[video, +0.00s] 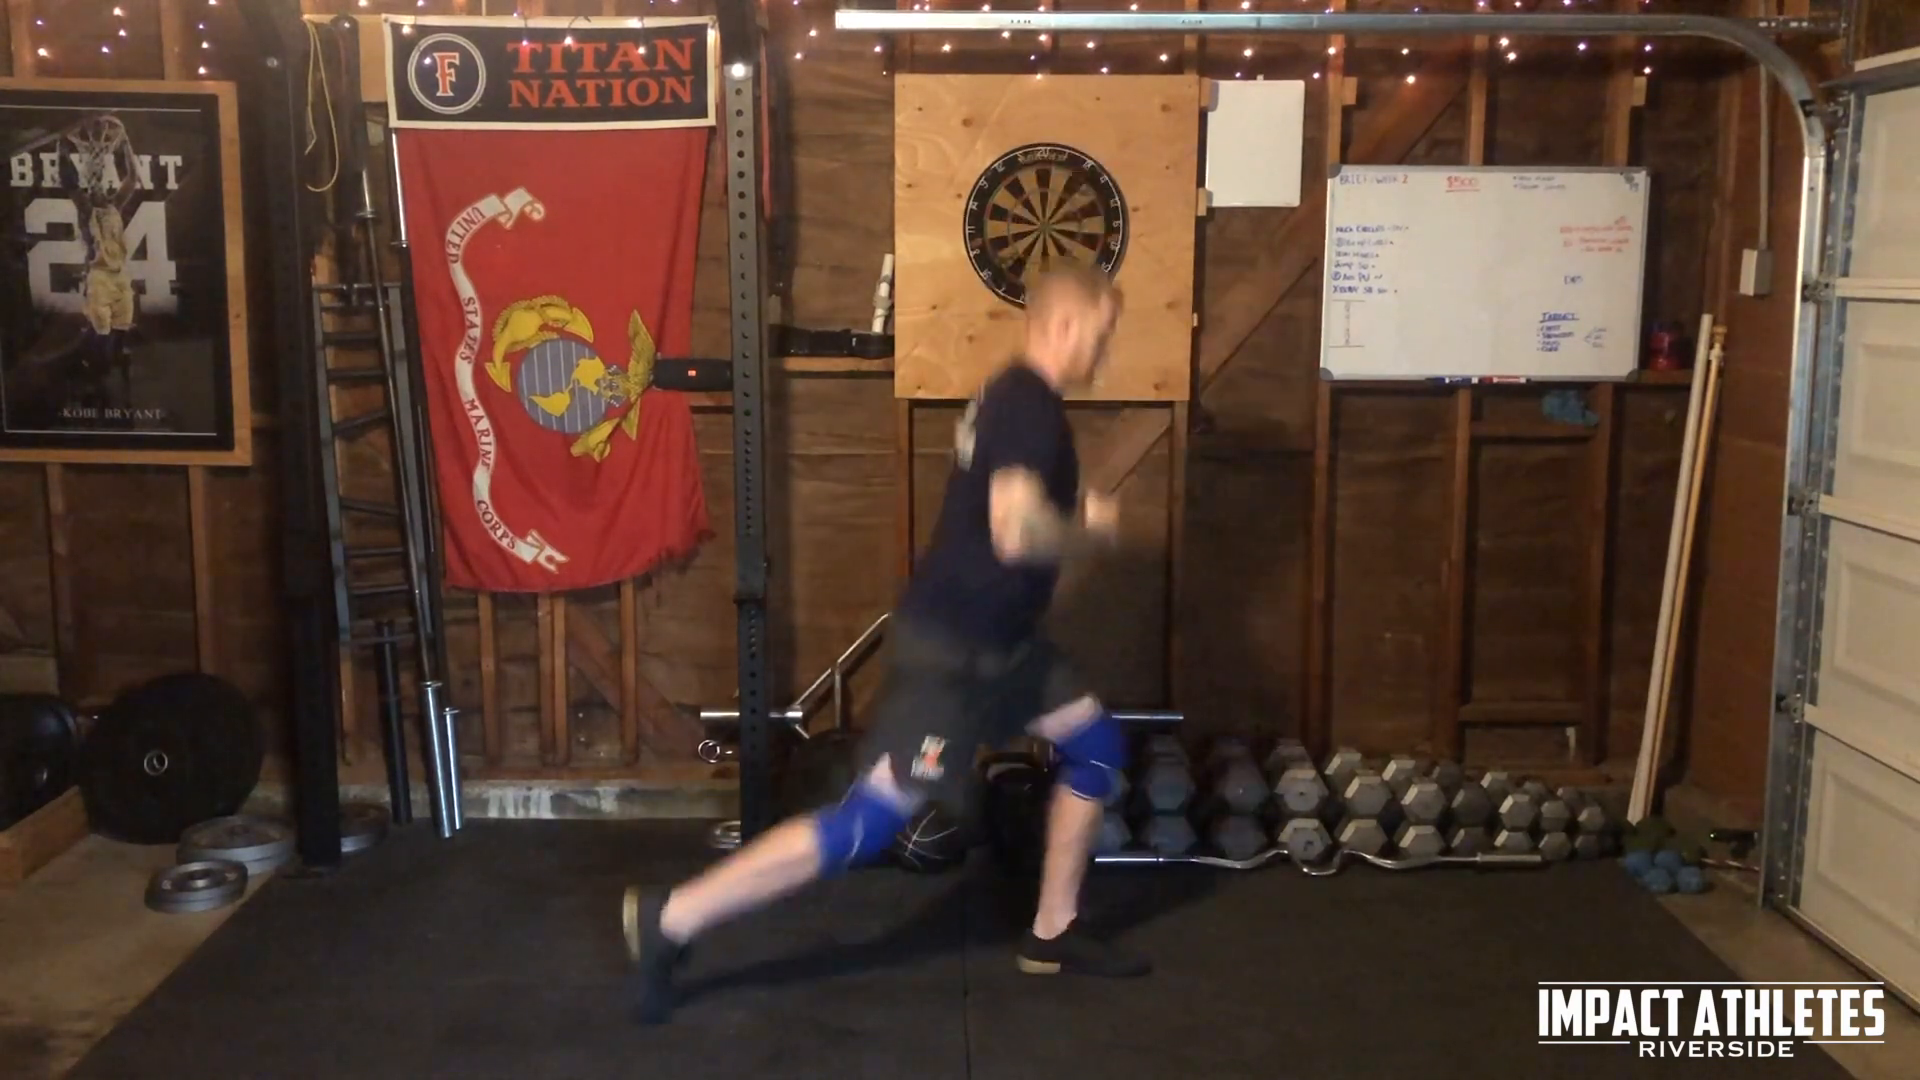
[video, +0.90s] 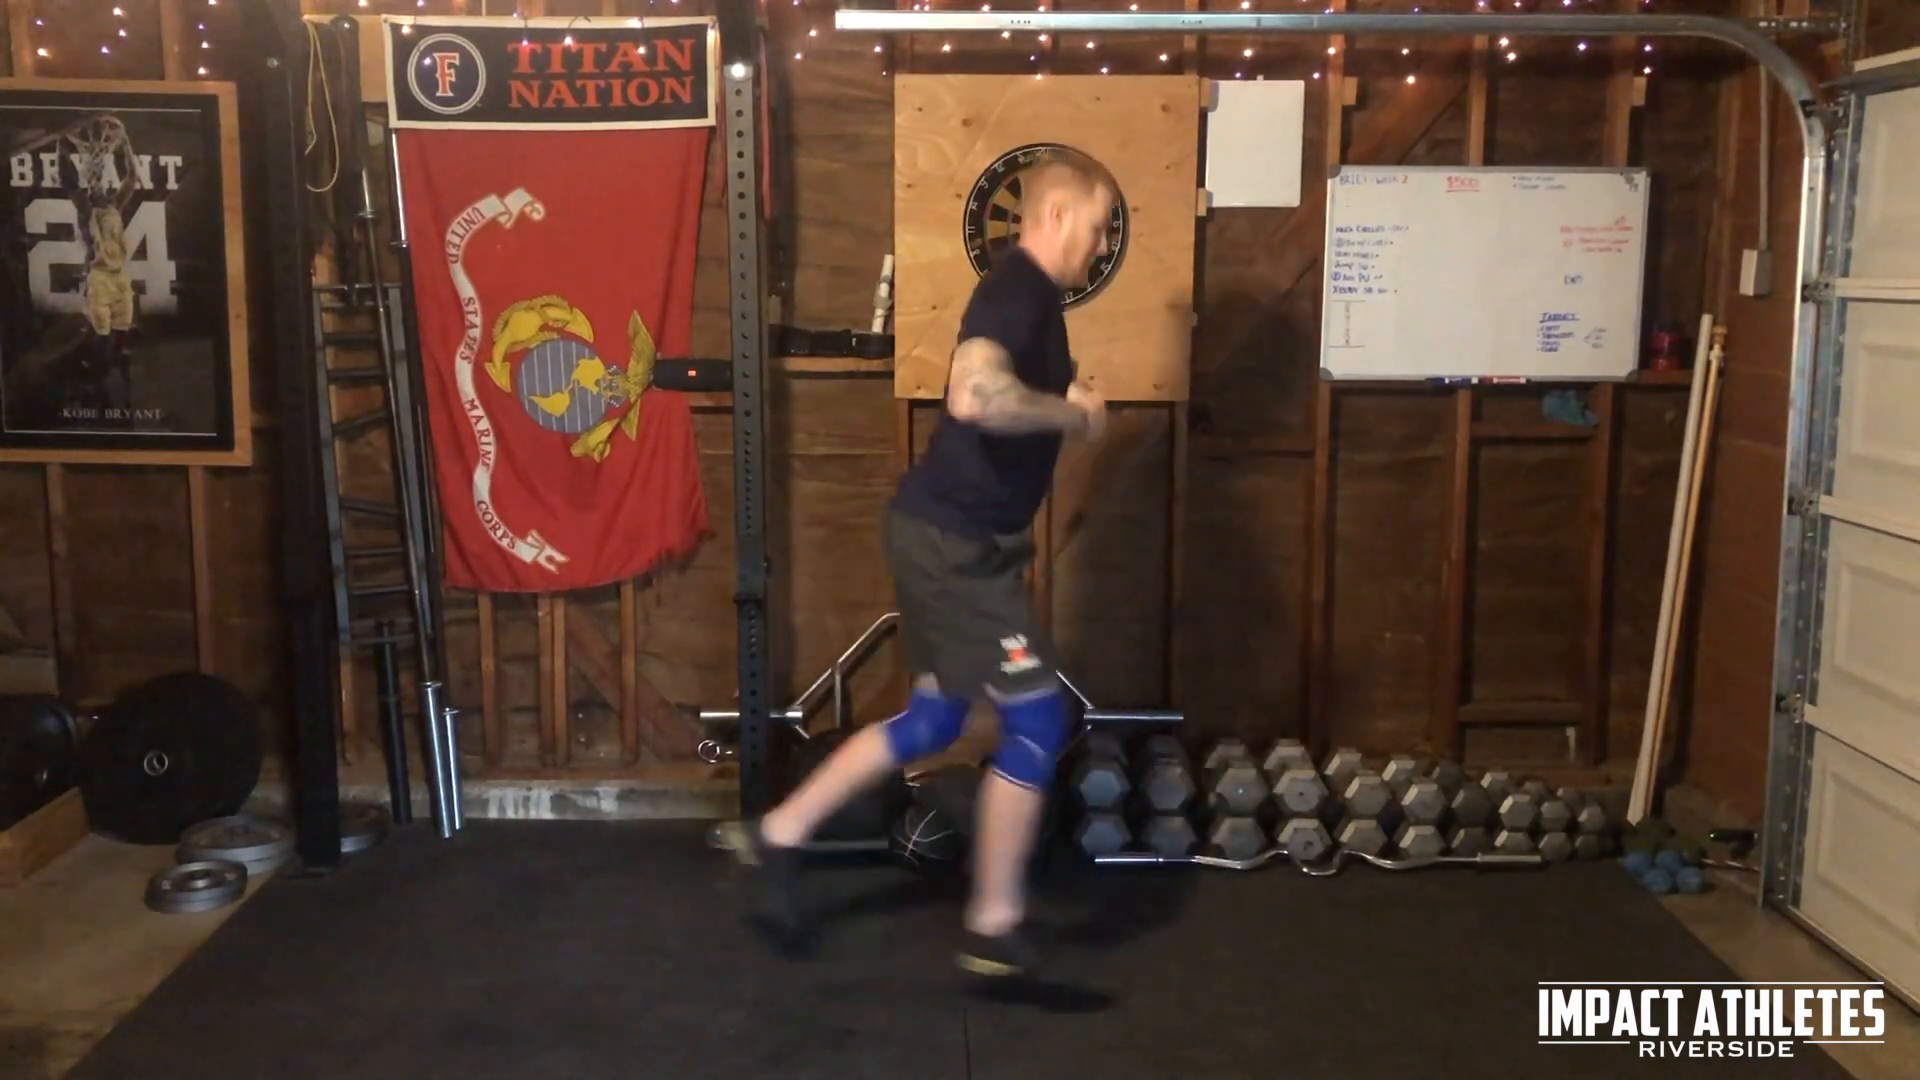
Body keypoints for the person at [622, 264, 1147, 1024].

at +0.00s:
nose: (1105, 348)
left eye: (1108, 331)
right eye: (1099, 331)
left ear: (1057, 325)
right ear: (1059, 325)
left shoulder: (1034, 401)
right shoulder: (1023, 402)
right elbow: (1016, 532)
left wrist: (1071, 517)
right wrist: (1091, 523)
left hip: (1003, 646)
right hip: (948, 648)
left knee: (1095, 747)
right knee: (869, 823)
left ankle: (1054, 932)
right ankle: (669, 918)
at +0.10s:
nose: (1103, 428)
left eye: (1105, 412)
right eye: (1099, 411)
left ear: (1046, 408)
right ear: (1060, 410)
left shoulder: (1028, 483)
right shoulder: (1018, 496)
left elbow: (1040, 584)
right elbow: (998, 625)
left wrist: (1076, 614)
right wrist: (1080, 636)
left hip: (1001, 698)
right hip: (940, 716)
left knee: (1122, 759)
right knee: (866, 906)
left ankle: (1054, 932)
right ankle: (651, 939)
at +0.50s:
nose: (1078, 418)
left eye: (1078, 402)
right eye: (1070, 401)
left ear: (1023, 404)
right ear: (1025, 404)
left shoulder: (1014, 481)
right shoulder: (1004, 488)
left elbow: (987, 572)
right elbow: (1005, 604)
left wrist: (1064, 560)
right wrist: (1083, 580)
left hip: (1008, 698)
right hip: (943, 716)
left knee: (1124, 757)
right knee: (856, 896)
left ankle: (1055, 932)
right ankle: (640, 941)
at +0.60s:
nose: (1082, 326)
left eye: (1085, 308)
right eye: (1075, 308)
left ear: (1046, 305)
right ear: (1034, 303)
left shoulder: (1024, 388)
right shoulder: (1011, 386)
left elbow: (1034, 502)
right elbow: (1023, 505)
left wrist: (1077, 482)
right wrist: (1084, 481)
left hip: (1008, 631)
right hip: (946, 630)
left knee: (1089, 742)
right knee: (874, 801)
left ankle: (1057, 927)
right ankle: (685, 925)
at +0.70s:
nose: (1099, 250)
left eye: (1101, 233)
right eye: (1094, 231)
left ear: (1033, 226)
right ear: (1052, 226)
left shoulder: (1026, 304)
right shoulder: (1017, 301)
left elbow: (997, 397)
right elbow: (1007, 415)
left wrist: (1066, 413)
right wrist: (1088, 420)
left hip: (989, 550)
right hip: (946, 545)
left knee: (1024, 717)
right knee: (920, 740)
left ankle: (1009, 900)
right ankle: (768, 897)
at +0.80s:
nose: (1102, 226)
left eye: (1106, 210)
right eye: (1099, 207)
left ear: (1041, 195)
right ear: (1055, 195)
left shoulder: (1014, 265)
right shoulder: (1021, 266)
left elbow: (991, 372)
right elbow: (987, 377)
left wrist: (1058, 375)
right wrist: (1076, 391)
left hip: (962, 514)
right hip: (955, 519)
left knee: (961, 698)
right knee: (978, 709)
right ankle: (881, 903)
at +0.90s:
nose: (1101, 244)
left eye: (1106, 227)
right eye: (1098, 224)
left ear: (1043, 214)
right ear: (1056, 214)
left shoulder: (1029, 289)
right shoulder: (1014, 289)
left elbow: (990, 391)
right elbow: (972, 394)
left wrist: (1062, 402)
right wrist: (1071, 414)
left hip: (960, 533)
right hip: (951, 538)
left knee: (932, 720)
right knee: (1037, 717)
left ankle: (777, 834)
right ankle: (993, 927)